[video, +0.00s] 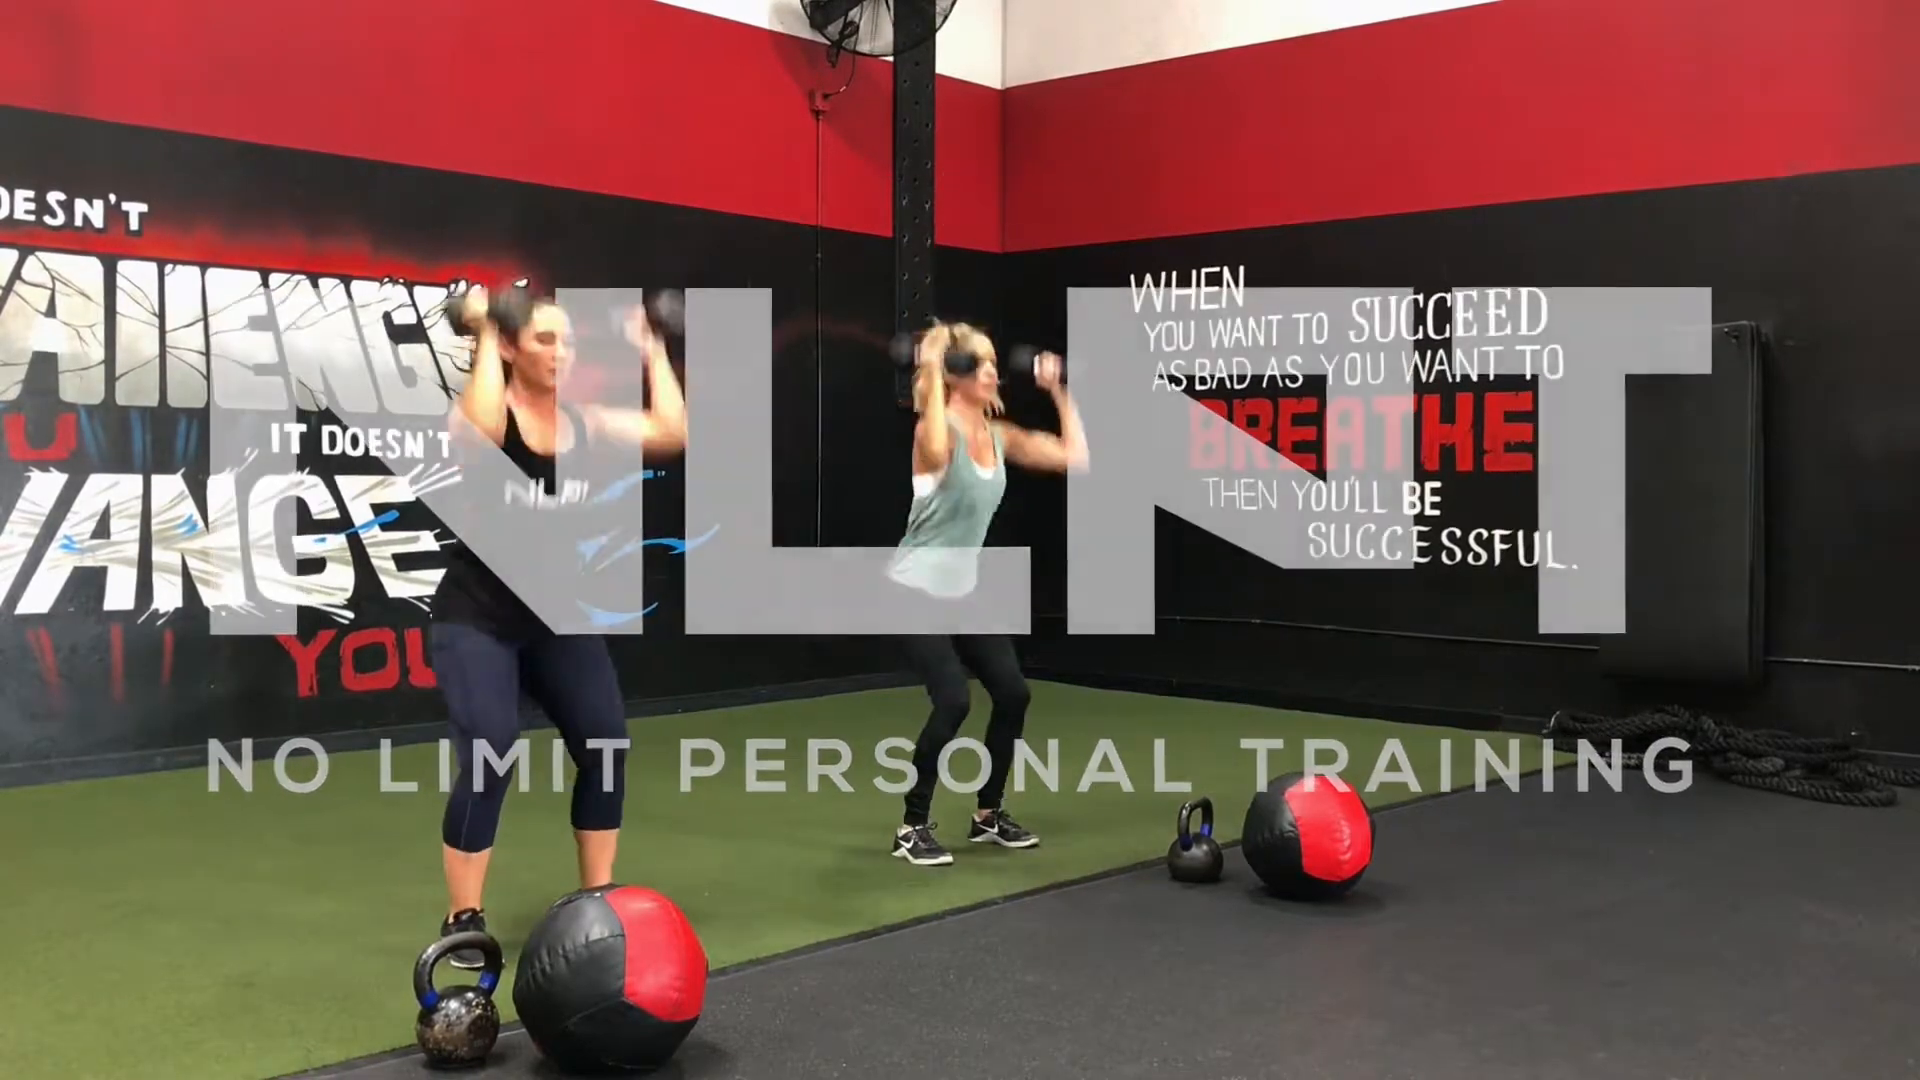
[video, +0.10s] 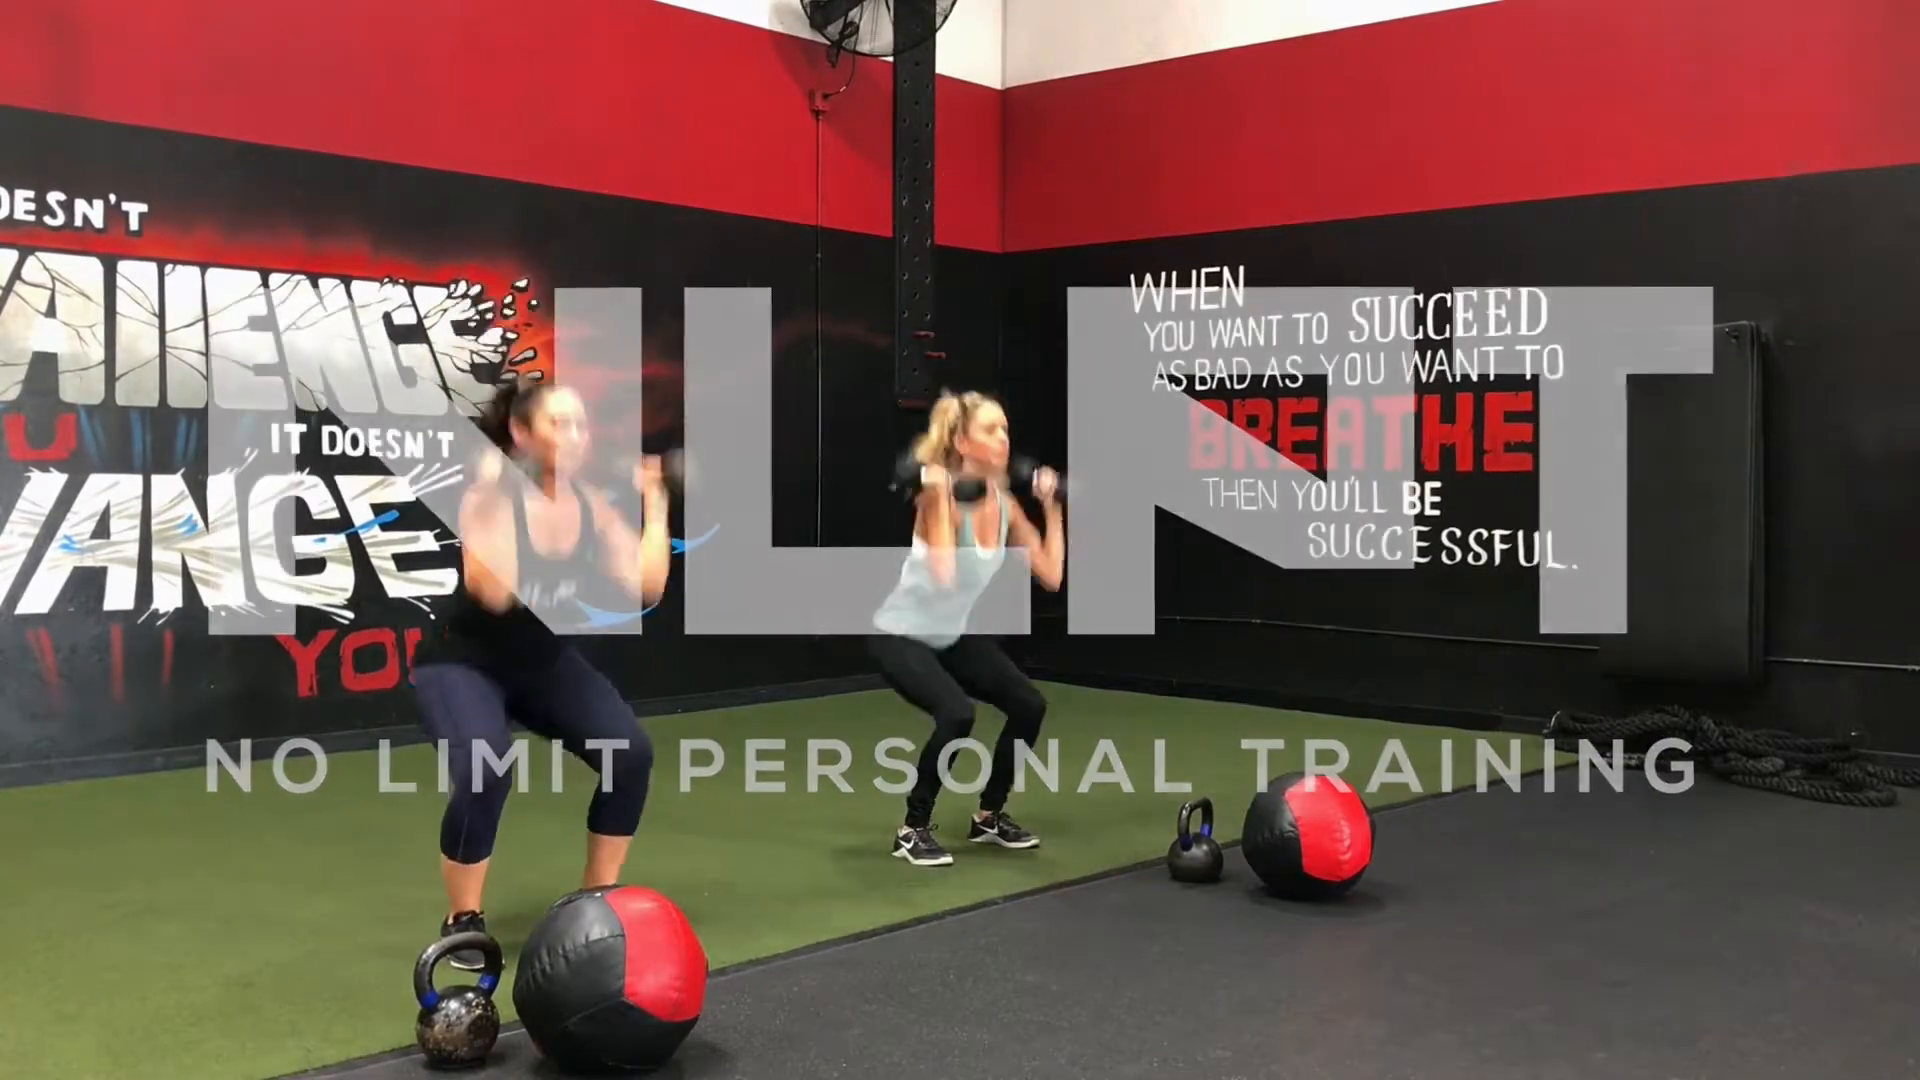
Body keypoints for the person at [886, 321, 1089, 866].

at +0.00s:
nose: (997, 376)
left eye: (995, 367)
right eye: (987, 368)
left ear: (984, 375)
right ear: (959, 377)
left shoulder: (997, 434)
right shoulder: (936, 433)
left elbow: (1073, 456)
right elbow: (934, 450)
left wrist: (1059, 392)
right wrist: (932, 370)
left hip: (967, 594)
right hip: (915, 594)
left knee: (1012, 695)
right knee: (953, 701)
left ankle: (988, 814)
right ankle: (913, 826)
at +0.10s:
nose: (1003, 440)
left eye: (1004, 430)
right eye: (992, 431)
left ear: (1005, 439)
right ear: (962, 442)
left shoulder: (1004, 503)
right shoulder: (939, 497)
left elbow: (1051, 574)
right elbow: (943, 573)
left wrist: (1051, 507)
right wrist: (940, 496)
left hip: (951, 639)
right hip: (898, 638)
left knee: (1028, 705)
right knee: (957, 713)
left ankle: (989, 815)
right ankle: (914, 828)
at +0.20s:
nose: (1010, 497)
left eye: (1011, 488)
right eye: (996, 490)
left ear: (1016, 494)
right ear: (967, 501)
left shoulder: (1013, 559)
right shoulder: (943, 553)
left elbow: (1046, 638)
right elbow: (940, 649)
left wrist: (1049, 572)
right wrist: (942, 567)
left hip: (951, 675)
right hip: (895, 675)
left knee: (1035, 711)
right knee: (955, 721)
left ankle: (990, 817)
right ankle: (914, 829)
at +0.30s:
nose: (1010, 503)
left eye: (1012, 494)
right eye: (997, 495)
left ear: (1016, 501)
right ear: (968, 507)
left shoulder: (1013, 561)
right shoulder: (944, 560)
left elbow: (1052, 641)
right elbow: (943, 655)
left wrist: (1049, 574)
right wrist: (944, 573)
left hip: (956, 682)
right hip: (896, 681)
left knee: (1037, 713)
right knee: (955, 723)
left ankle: (990, 818)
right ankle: (915, 830)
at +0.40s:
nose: (1007, 462)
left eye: (1009, 453)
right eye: (995, 453)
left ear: (1010, 460)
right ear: (965, 464)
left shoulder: (1008, 521)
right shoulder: (941, 519)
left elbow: (1060, 593)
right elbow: (944, 600)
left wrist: (1050, 525)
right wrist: (944, 521)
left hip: (953, 656)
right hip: (898, 655)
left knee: (1035, 711)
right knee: (955, 720)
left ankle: (989, 818)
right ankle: (914, 828)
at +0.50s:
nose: (999, 389)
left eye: (1000, 380)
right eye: (987, 380)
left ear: (1000, 389)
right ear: (957, 388)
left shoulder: (1002, 452)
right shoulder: (937, 443)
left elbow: (1066, 510)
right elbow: (938, 502)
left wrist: (1057, 442)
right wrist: (934, 421)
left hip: (961, 608)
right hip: (909, 606)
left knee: (1021, 696)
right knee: (950, 705)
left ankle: (989, 815)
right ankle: (913, 827)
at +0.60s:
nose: (987, 344)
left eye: (990, 336)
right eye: (977, 334)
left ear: (990, 345)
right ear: (948, 340)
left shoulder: (995, 400)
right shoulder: (931, 400)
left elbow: (1075, 398)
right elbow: (931, 371)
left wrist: (1061, 329)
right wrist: (930, 299)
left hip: (978, 569)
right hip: (927, 569)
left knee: (990, 684)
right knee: (934, 687)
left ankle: (987, 814)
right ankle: (911, 826)